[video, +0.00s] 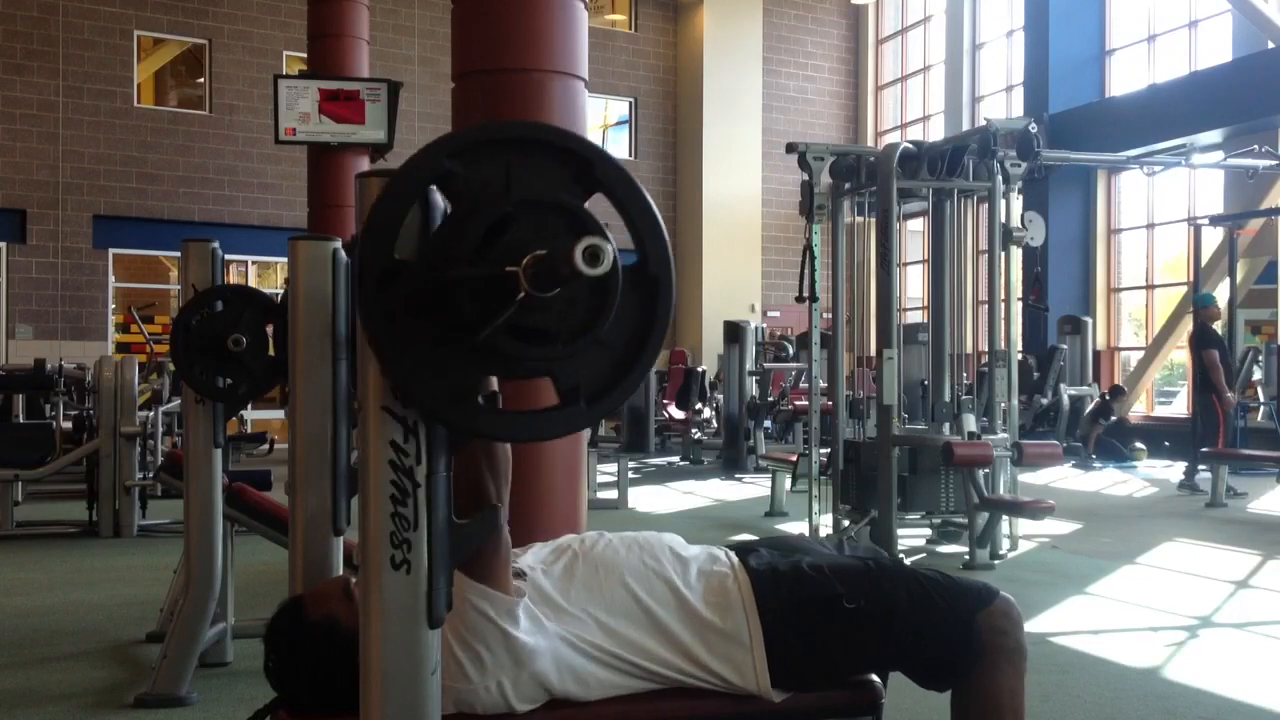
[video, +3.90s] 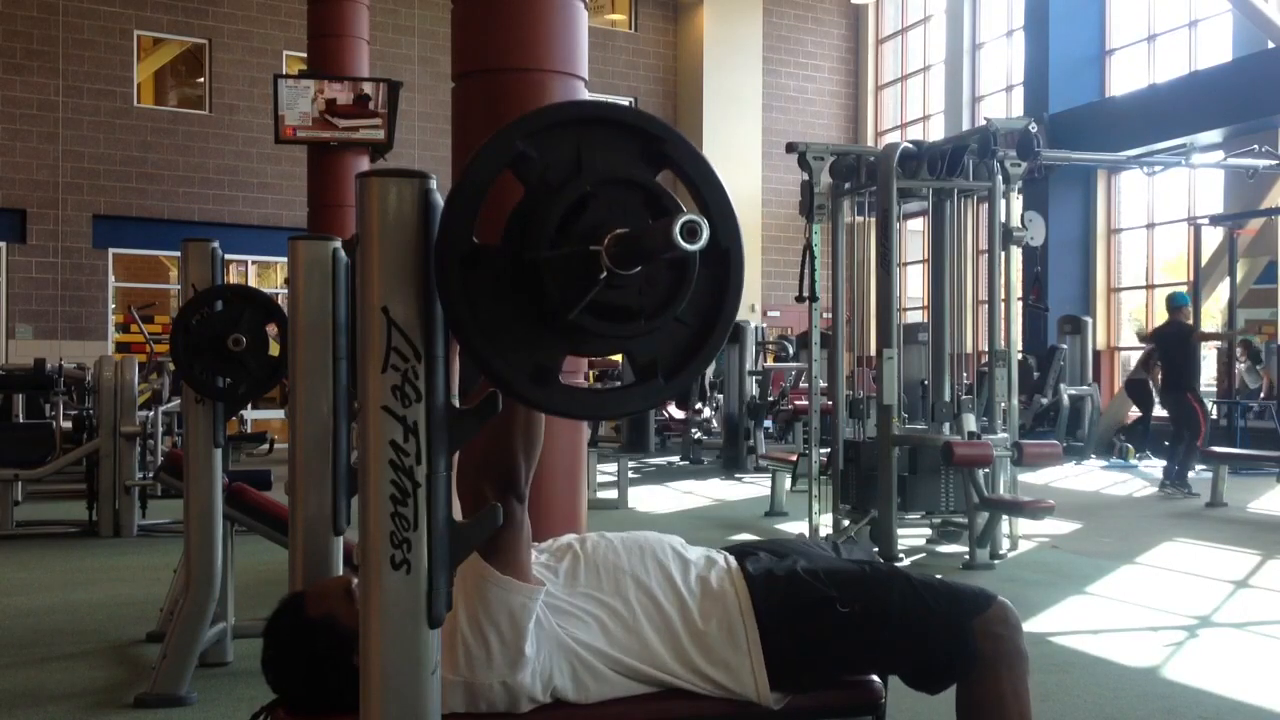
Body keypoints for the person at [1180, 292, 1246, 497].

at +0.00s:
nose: (1219, 309)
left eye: (1217, 306)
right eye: (1215, 306)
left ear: (1204, 311)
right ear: (1203, 310)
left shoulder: (1201, 331)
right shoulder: (1205, 332)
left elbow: (1211, 365)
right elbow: (1213, 365)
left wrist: (1226, 390)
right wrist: (1225, 393)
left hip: (1204, 392)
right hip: (1212, 393)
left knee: (1203, 435)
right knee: (1219, 437)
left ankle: (1189, 478)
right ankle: (1221, 483)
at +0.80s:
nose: (1202, 311)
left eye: (1200, 307)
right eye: (1197, 307)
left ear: (1188, 311)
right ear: (1186, 311)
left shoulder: (1187, 330)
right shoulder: (1180, 330)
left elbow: (1190, 360)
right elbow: (1186, 360)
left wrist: (1200, 386)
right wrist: (1200, 386)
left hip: (1185, 387)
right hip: (1180, 387)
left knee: (1188, 431)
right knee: (1189, 431)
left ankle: (1186, 478)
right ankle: (1186, 480)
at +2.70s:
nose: (1173, 311)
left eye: (1173, 307)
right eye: (1170, 307)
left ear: (1155, 310)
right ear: (1160, 309)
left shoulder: (1154, 330)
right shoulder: (1160, 332)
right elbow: (1167, 364)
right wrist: (1178, 392)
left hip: (1154, 387)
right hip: (1158, 389)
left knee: (1162, 433)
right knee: (1161, 433)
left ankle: (1163, 480)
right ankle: (1157, 483)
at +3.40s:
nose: (1178, 311)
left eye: (1177, 307)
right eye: (1176, 307)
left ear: (1156, 311)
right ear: (1170, 309)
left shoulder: (1149, 334)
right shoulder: (1175, 332)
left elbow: (1150, 365)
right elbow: (1186, 362)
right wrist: (1199, 388)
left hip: (1153, 391)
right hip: (1171, 391)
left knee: (1163, 432)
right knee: (1184, 431)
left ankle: (1164, 478)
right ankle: (1167, 479)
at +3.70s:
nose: (1185, 313)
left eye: (1184, 309)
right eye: (1182, 309)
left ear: (1165, 313)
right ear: (1176, 312)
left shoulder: (1155, 336)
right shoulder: (1180, 334)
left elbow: (1147, 365)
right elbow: (1195, 363)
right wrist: (1217, 385)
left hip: (1161, 393)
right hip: (1178, 393)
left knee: (1175, 436)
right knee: (1197, 432)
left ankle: (1168, 480)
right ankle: (1177, 479)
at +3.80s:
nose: (1187, 318)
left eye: (1186, 314)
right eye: (1185, 315)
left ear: (1168, 317)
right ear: (1178, 317)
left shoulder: (1159, 338)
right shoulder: (1180, 337)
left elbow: (1143, 362)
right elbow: (1203, 357)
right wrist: (1231, 368)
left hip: (1165, 396)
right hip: (1180, 396)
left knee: (1182, 437)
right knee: (1201, 436)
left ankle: (1169, 481)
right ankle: (1178, 482)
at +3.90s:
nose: (1190, 311)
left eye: (1189, 308)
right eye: (1188, 308)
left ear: (1169, 310)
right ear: (1182, 309)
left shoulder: (1159, 331)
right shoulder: (1184, 328)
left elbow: (1144, 338)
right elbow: (1203, 336)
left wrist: (1140, 335)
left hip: (1167, 390)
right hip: (1184, 390)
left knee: (1180, 432)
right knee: (1200, 429)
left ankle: (1168, 478)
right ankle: (1180, 478)